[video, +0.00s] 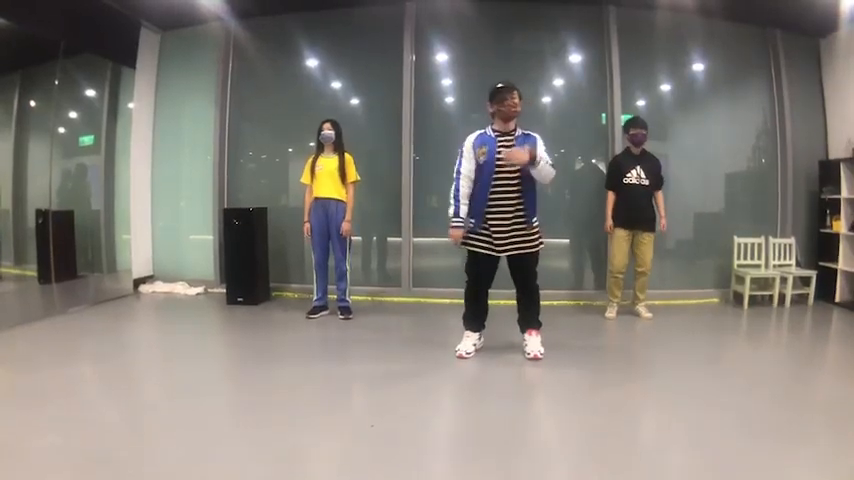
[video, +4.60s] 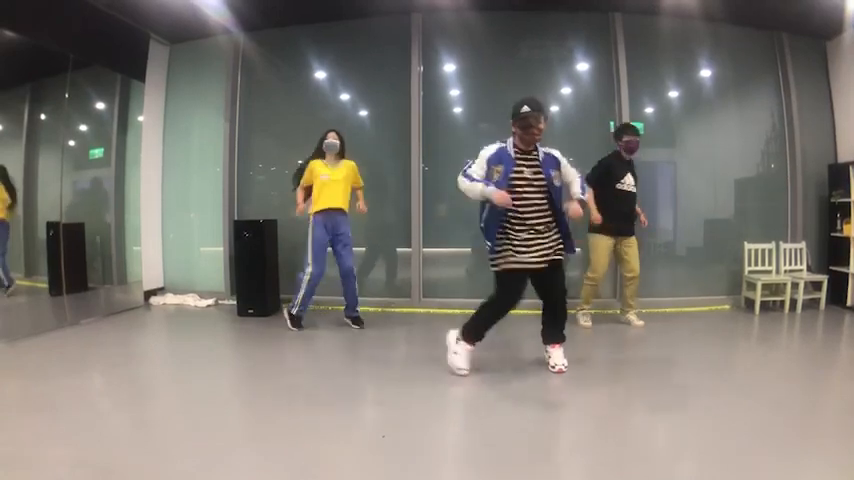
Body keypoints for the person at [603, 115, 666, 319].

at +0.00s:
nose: (638, 138)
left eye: (642, 135)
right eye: (634, 135)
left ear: (647, 136)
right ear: (627, 135)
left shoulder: (653, 162)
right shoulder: (617, 162)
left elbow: (658, 191)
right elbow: (611, 191)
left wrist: (662, 216)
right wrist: (608, 217)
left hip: (645, 223)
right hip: (621, 223)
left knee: (644, 267)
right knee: (617, 267)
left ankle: (639, 302)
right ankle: (613, 302)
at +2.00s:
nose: (618, 149)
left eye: (622, 146)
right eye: (614, 146)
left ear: (628, 149)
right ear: (609, 148)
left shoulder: (635, 172)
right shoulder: (602, 174)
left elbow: (651, 197)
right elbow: (588, 194)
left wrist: (643, 218)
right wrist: (587, 216)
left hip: (631, 235)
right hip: (606, 234)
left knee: (641, 277)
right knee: (597, 276)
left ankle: (653, 308)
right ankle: (597, 310)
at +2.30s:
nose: (639, 144)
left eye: (642, 140)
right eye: (634, 141)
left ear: (645, 142)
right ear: (626, 143)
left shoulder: (642, 169)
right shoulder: (618, 164)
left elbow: (642, 198)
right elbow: (604, 193)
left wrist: (651, 219)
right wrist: (612, 220)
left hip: (635, 228)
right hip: (614, 228)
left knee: (643, 270)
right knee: (603, 271)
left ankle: (640, 309)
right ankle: (586, 306)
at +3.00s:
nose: (609, 151)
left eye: (612, 148)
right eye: (605, 148)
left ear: (619, 148)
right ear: (600, 149)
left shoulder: (626, 171)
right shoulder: (597, 173)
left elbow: (646, 194)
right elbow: (589, 194)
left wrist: (637, 216)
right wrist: (583, 213)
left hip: (629, 234)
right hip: (604, 234)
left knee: (642, 275)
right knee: (596, 274)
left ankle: (656, 306)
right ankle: (597, 309)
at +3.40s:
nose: (635, 139)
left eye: (637, 135)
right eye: (630, 136)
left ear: (641, 138)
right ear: (621, 139)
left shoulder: (641, 167)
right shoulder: (613, 163)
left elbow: (641, 195)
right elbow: (601, 192)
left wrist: (648, 219)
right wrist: (606, 222)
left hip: (634, 227)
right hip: (612, 226)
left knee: (638, 270)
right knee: (602, 271)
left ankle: (633, 307)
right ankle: (589, 307)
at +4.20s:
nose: (606, 150)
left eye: (609, 146)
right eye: (602, 146)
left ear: (615, 149)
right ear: (596, 149)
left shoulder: (623, 171)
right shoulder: (589, 173)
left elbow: (641, 193)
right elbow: (578, 195)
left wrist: (628, 217)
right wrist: (580, 218)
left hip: (621, 234)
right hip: (596, 234)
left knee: (632, 276)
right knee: (590, 276)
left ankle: (649, 308)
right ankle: (589, 311)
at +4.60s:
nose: (632, 146)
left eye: (635, 142)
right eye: (628, 142)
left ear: (638, 143)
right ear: (618, 142)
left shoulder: (630, 165)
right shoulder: (607, 163)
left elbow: (628, 194)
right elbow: (587, 186)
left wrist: (639, 212)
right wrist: (593, 211)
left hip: (626, 228)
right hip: (603, 228)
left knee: (632, 272)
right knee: (597, 272)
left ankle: (628, 310)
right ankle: (584, 309)